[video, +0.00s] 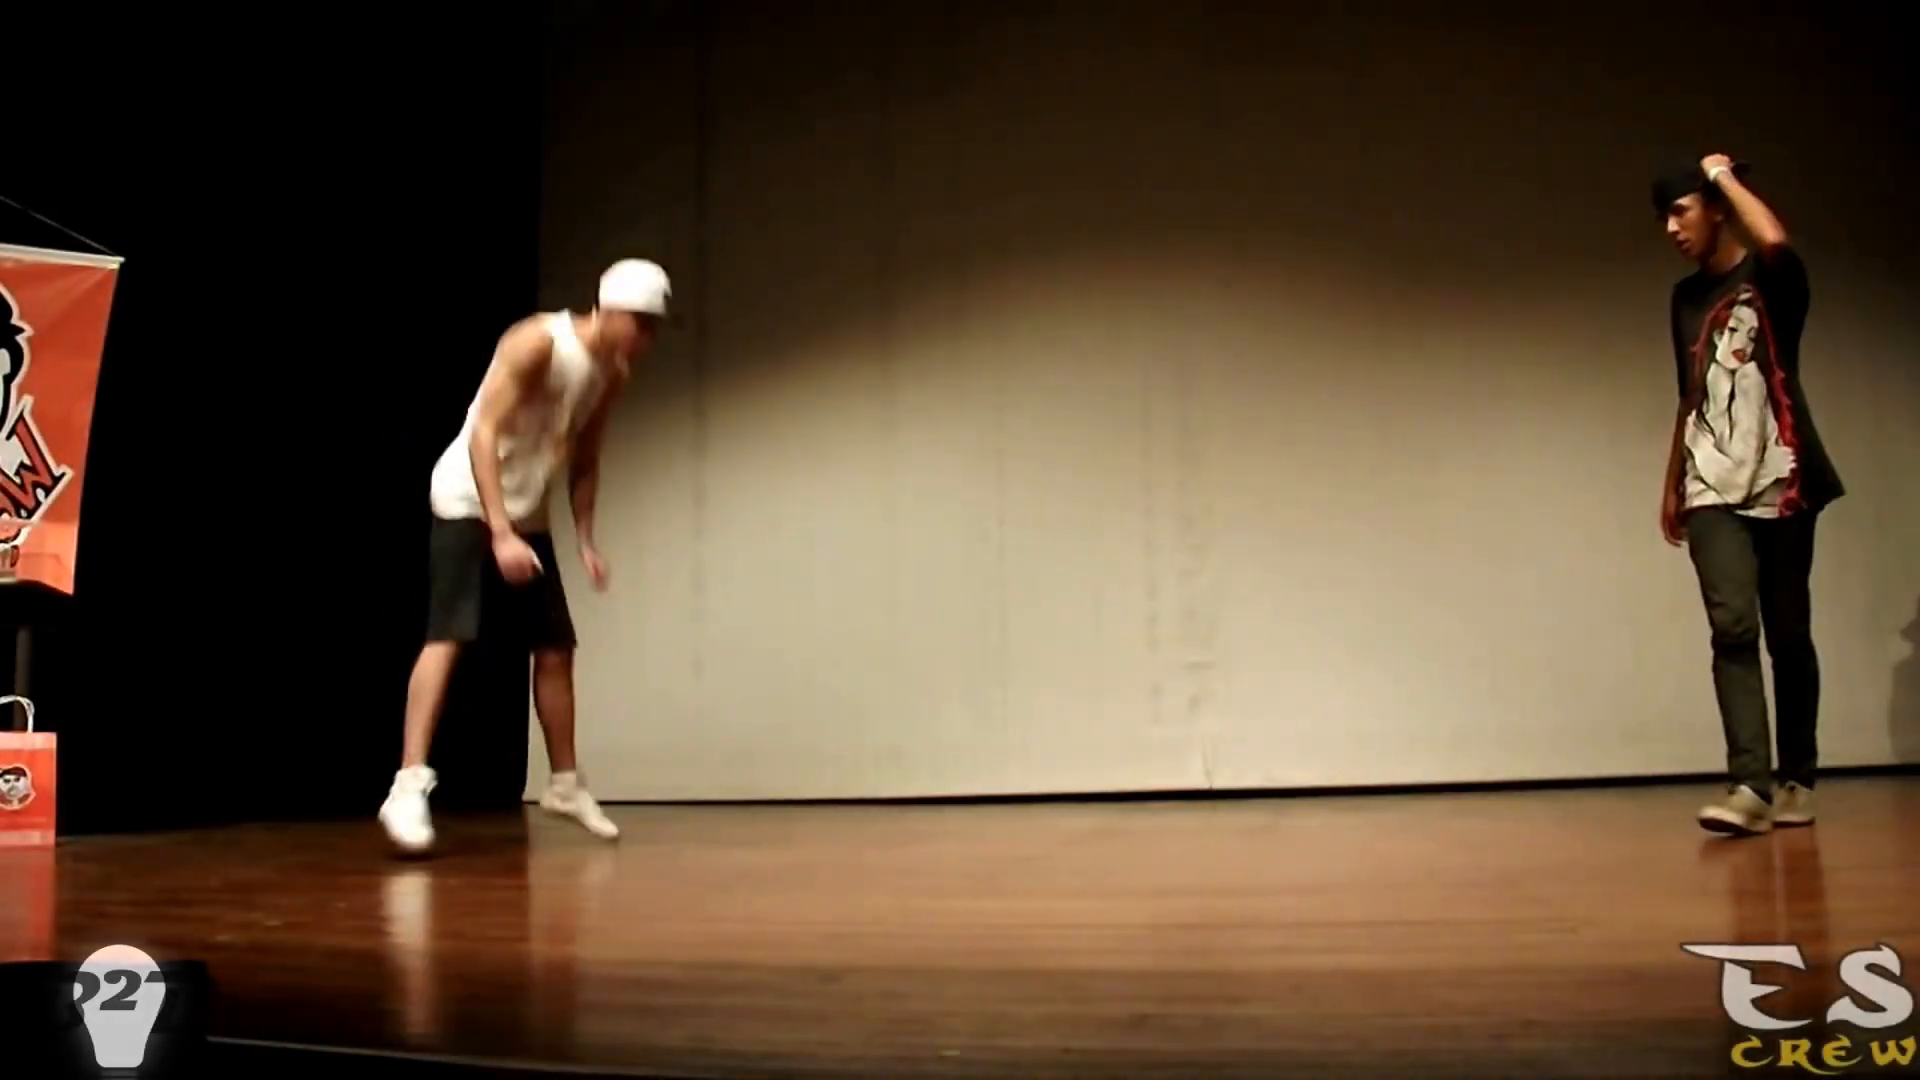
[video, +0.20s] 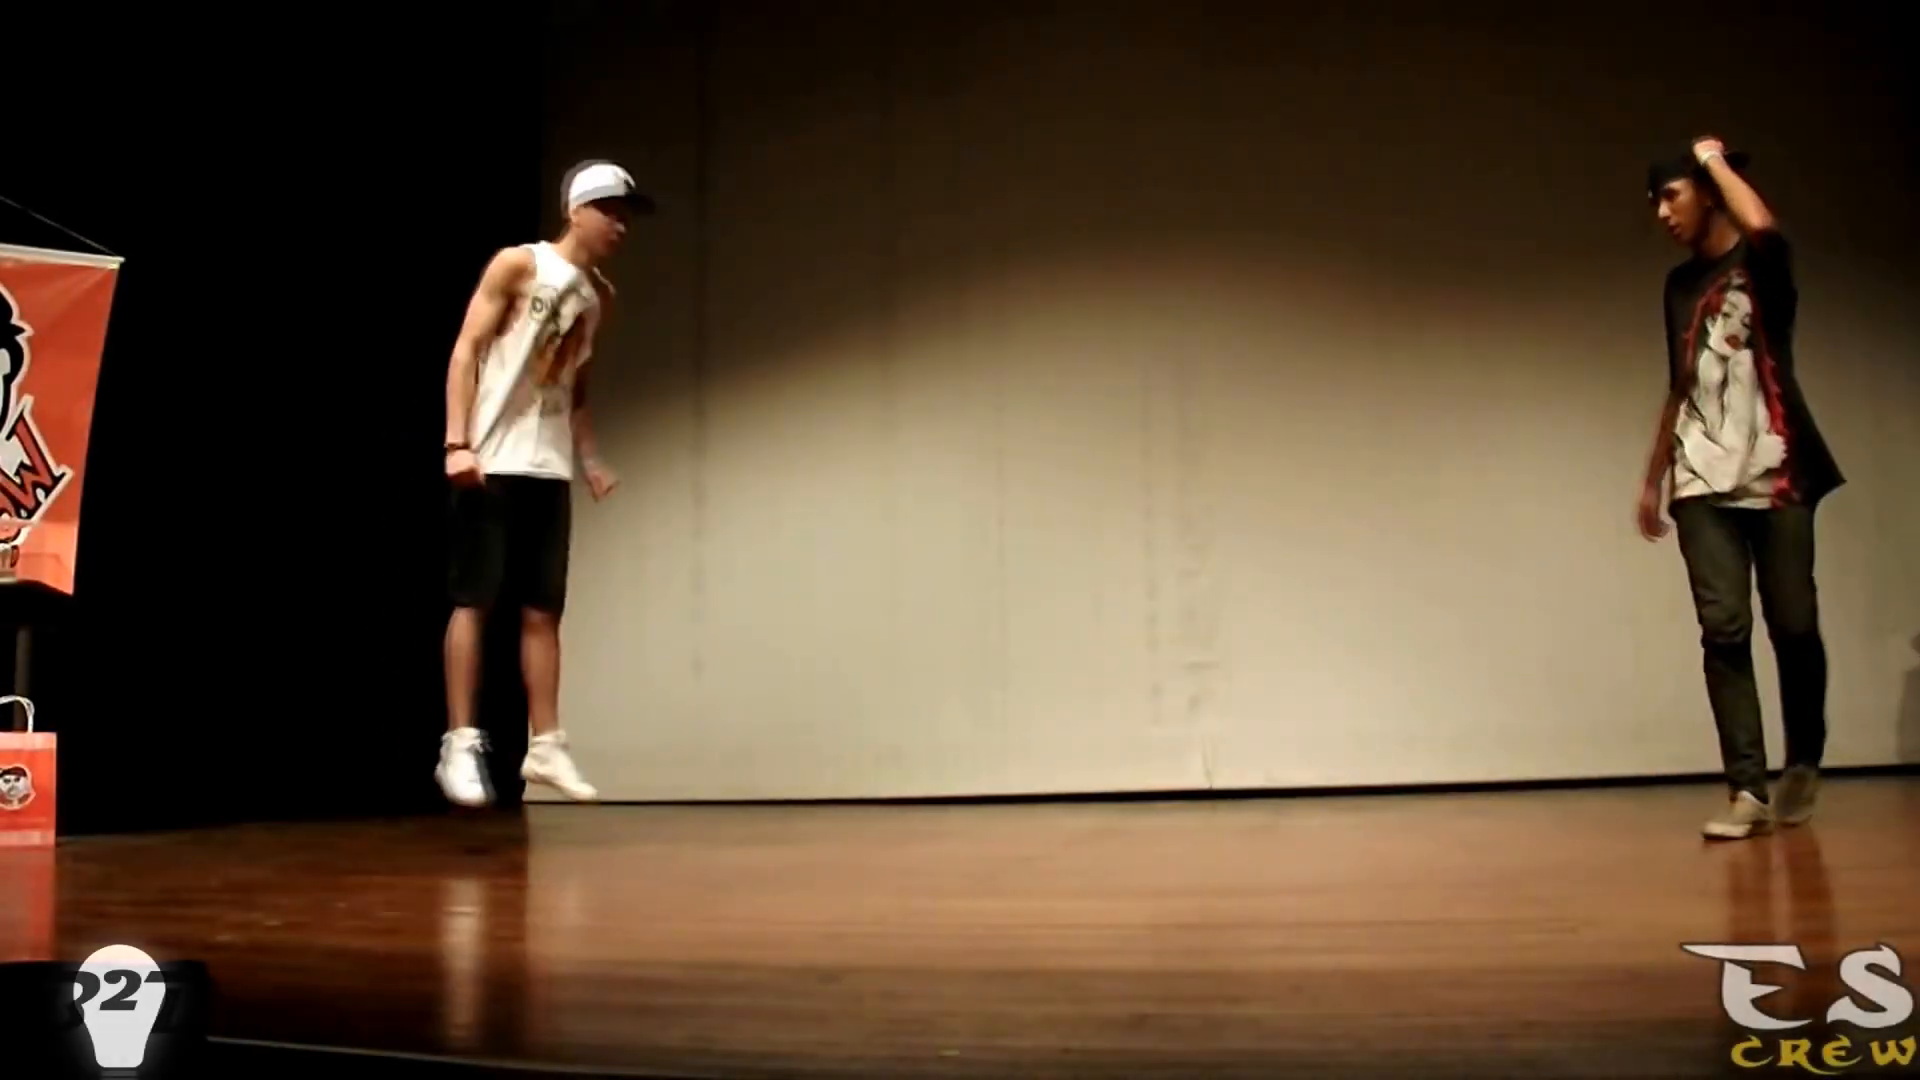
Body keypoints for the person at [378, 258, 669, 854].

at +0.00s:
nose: (646, 337)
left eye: (652, 326)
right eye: (640, 322)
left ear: (643, 324)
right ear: (607, 311)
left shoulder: (609, 373)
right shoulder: (534, 343)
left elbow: (583, 457)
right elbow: (482, 434)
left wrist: (586, 538)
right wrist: (501, 531)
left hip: (526, 512)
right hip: (467, 504)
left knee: (555, 648)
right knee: (448, 635)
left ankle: (564, 785)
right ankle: (409, 786)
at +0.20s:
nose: (620, 226)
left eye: (625, 216)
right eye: (609, 211)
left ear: (620, 224)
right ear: (576, 211)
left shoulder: (599, 297)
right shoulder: (515, 266)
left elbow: (578, 387)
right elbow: (465, 350)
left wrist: (589, 458)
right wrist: (457, 442)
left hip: (550, 468)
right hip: (489, 462)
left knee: (543, 611)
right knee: (474, 605)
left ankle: (545, 746)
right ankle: (461, 744)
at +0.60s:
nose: (530, 219)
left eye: (542, 211)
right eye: (522, 210)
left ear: (561, 228)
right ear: (508, 225)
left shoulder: (585, 300)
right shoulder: (479, 294)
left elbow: (599, 379)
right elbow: (462, 377)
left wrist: (613, 416)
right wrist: (456, 430)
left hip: (553, 483)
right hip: (484, 483)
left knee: (549, 634)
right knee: (482, 635)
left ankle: (550, 770)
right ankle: (484, 775)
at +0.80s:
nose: (515, 267)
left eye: (528, 258)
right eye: (507, 255)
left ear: (546, 269)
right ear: (495, 264)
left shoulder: (574, 345)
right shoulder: (467, 345)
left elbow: (601, 424)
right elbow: (454, 430)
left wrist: (611, 439)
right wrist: (427, 466)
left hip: (545, 523)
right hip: (475, 524)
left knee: (552, 668)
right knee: (461, 671)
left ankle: (554, 798)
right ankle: (462, 800)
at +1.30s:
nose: (547, 345)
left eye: (558, 336)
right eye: (539, 334)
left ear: (571, 335)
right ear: (522, 328)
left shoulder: (587, 385)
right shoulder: (485, 381)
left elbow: (579, 466)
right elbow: (478, 466)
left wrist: (538, 415)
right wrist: (524, 413)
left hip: (554, 555)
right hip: (487, 553)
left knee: (573, 681)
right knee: (448, 672)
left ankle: (587, 773)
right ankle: (435, 801)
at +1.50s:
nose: (621, 358)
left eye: (630, 349)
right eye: (615, 346)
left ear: (635, 349)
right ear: (590, 336)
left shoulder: (635, 395)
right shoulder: (541, 388)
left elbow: (636, 472)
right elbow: (541, 470)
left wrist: (605, 419)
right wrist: (590, 421)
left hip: (611, 564)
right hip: (544, 563)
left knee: (628, 689)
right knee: (511, 680)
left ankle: (589, 785)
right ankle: (468, 795)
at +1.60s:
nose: (654, 356)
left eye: (660, 348)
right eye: (650, 343)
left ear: (661, 348)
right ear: (624, 331)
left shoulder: (650, 389)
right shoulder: (566, 380)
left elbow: (653, 471)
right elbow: (568, 464)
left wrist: (645, 415)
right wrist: (621, 418)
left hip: (629, 555)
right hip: (571, 551)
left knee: (636, 680)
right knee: (554, 677)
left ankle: (593, 782)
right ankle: (530, 790)